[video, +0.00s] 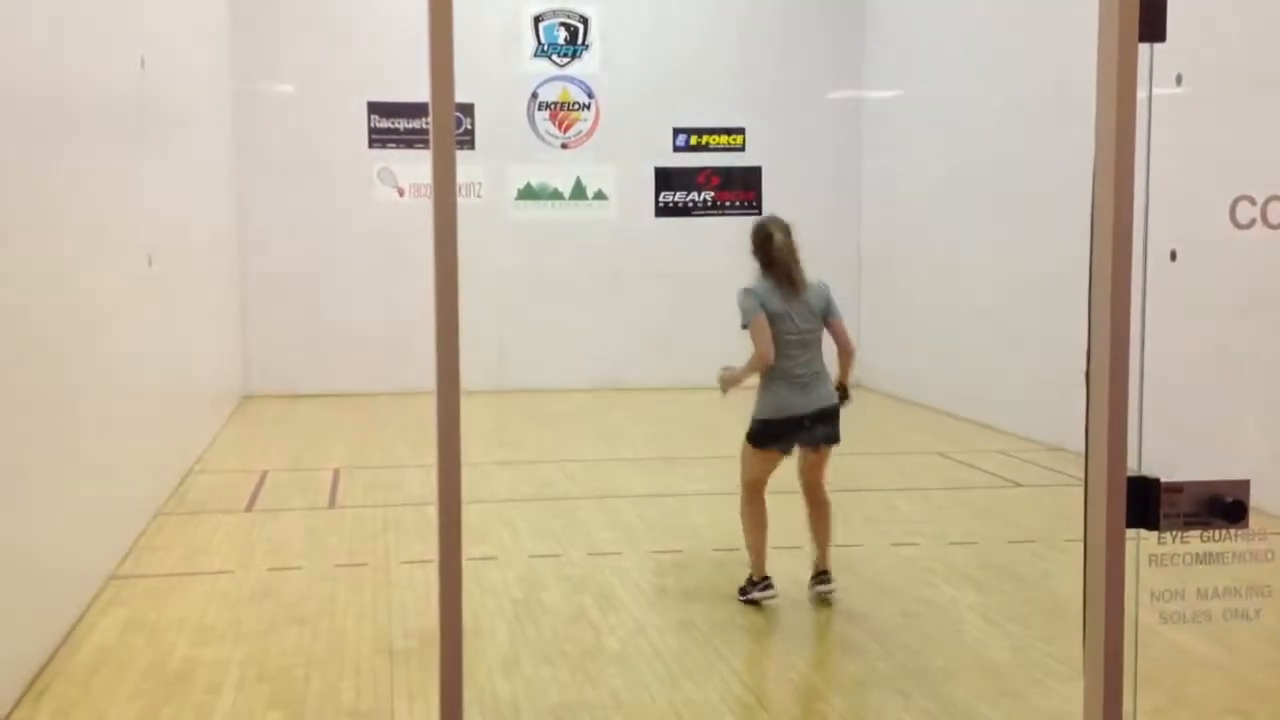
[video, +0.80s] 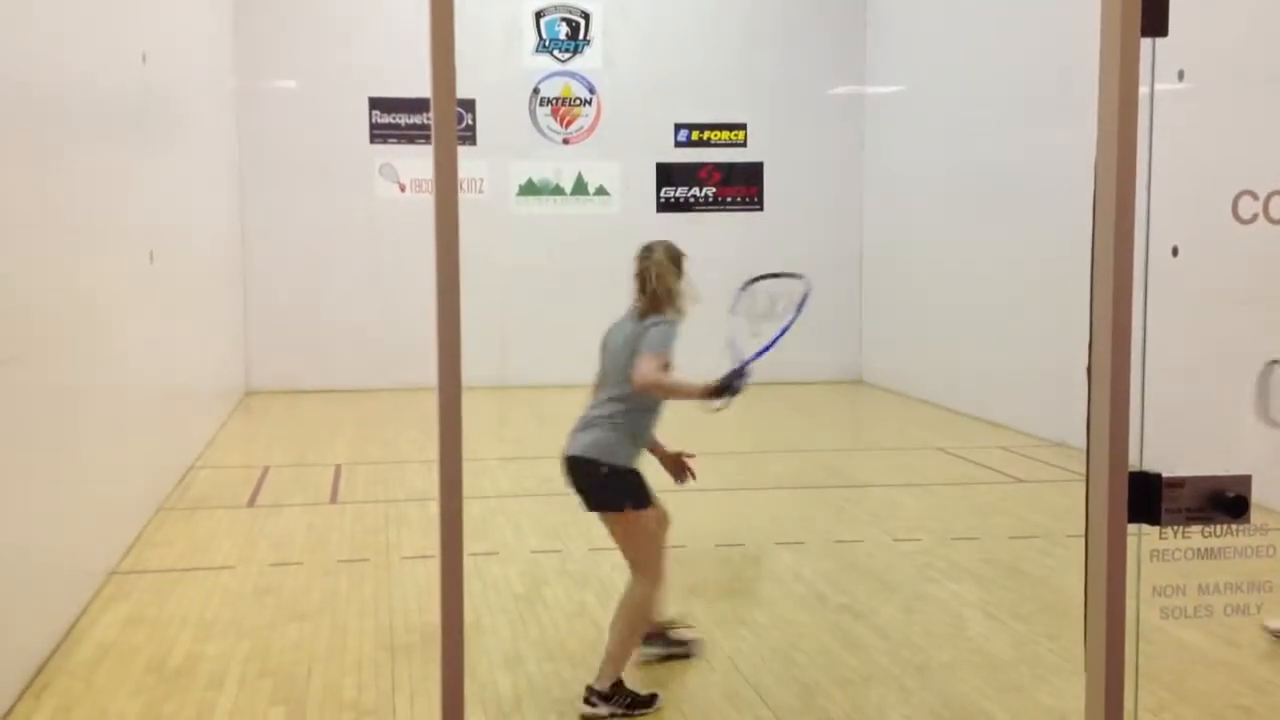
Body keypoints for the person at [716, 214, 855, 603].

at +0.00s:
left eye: (757, 247)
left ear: (757, 252)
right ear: (792, 247)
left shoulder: (753, 295)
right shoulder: (817, 290)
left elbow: (765, 356)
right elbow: (847, 347)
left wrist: (737, 376)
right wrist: (842, 384)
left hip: (778, 412)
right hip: (822, 406)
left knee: (752, 486)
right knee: (814, 484)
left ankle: (758, 577)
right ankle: (823, 571)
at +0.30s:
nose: (727, 265)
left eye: (725, 259)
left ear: (726, 264)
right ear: (764, 260)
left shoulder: (712, 317)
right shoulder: (787, 311)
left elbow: (713, 382)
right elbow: (812, 370)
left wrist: (706, 414)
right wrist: (826, 384)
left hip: (732, 436)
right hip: (783, 433)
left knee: (717, 526)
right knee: (804, 514)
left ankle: (706, 613)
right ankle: (828, 592)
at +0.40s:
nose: (747, 259)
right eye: (745, 252)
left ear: (706, 261)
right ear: (744, 259)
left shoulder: (683, 313)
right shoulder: (760, 310)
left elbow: (669, 381)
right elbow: (778, 365)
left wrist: (698, 405)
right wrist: (823, 376)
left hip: (702, 443)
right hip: (755, 439)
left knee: (711, 540)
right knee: (784, 524)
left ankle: (708, 631)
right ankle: (808, 599)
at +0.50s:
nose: (734, 251)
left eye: (729, 242)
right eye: (732, 244)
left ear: (690, 250)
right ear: (727, 249)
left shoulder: (668, 302)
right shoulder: (734, 300)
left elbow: (649, 369)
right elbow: (749, 352)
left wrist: (677, 395)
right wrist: (806, 358)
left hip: (675, 436)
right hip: (723, 435)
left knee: (702, 529)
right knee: (752, 519)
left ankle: (707, 634)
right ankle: (754, 622)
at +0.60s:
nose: (722, 251)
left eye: (718, 242)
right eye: (719, 243)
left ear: (676, 249)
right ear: (711, 249)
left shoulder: (651, 300)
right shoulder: (711, 297)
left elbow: (635, 369)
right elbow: (713, 346)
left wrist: (671, 388)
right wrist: (776, 351)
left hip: (647, 434)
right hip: (686, 436)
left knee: (692, 535)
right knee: (711, 537)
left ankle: (701, 631)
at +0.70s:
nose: (706, 272)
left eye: (701, 263)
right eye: (704, 264)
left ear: (659, 268)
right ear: (697, 268)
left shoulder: (635, 316)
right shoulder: (688, 312)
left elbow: (619, 383)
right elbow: (681, 364)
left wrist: (656, 432)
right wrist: (743, 370)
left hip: (620, 443)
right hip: (650, 448)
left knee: (679, 524)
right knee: (658, 566)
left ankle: (693, 627)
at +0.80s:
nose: (682, 283)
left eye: (679, 274)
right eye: (681, 275)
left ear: (639, 278)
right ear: (676, 279)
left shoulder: (620, 327)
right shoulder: (659, 324)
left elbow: (613, 402)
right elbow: (645, 378)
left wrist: (661, 452)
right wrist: (706, 390)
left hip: (587, 452)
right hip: (607, 459)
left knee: (656, 523)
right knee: (648, 569)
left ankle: (649, 627)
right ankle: (605, 685)